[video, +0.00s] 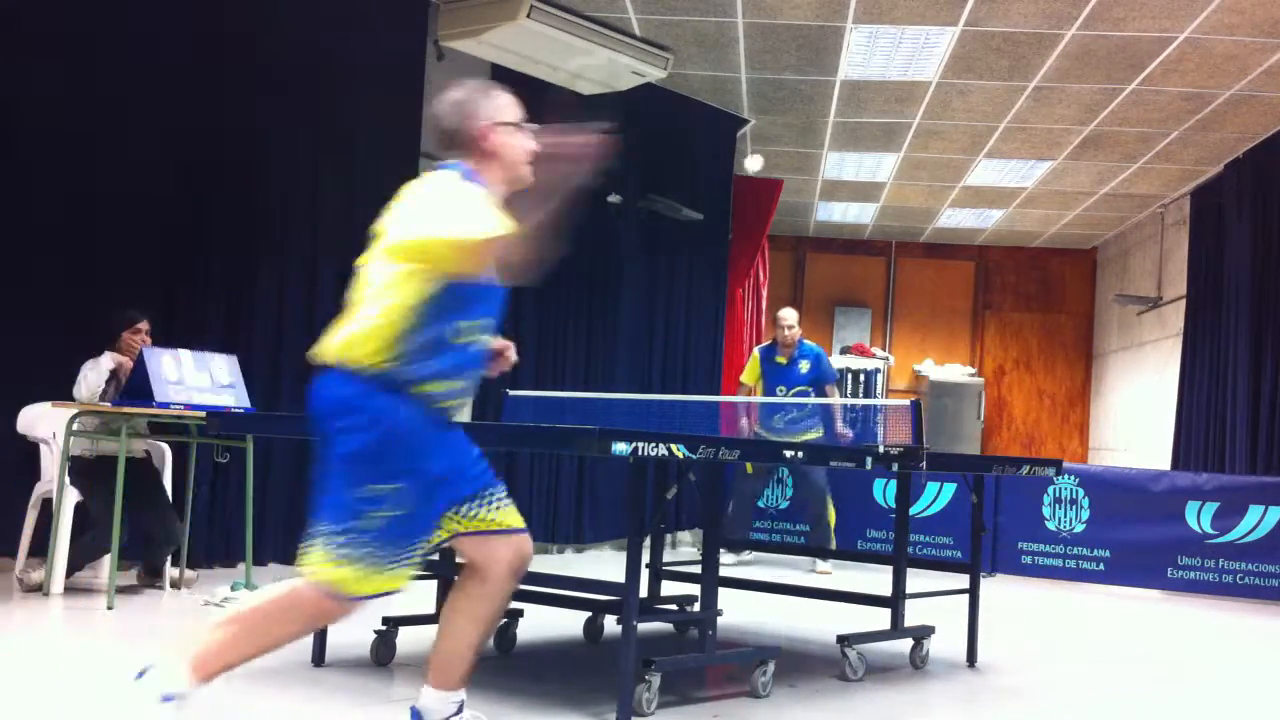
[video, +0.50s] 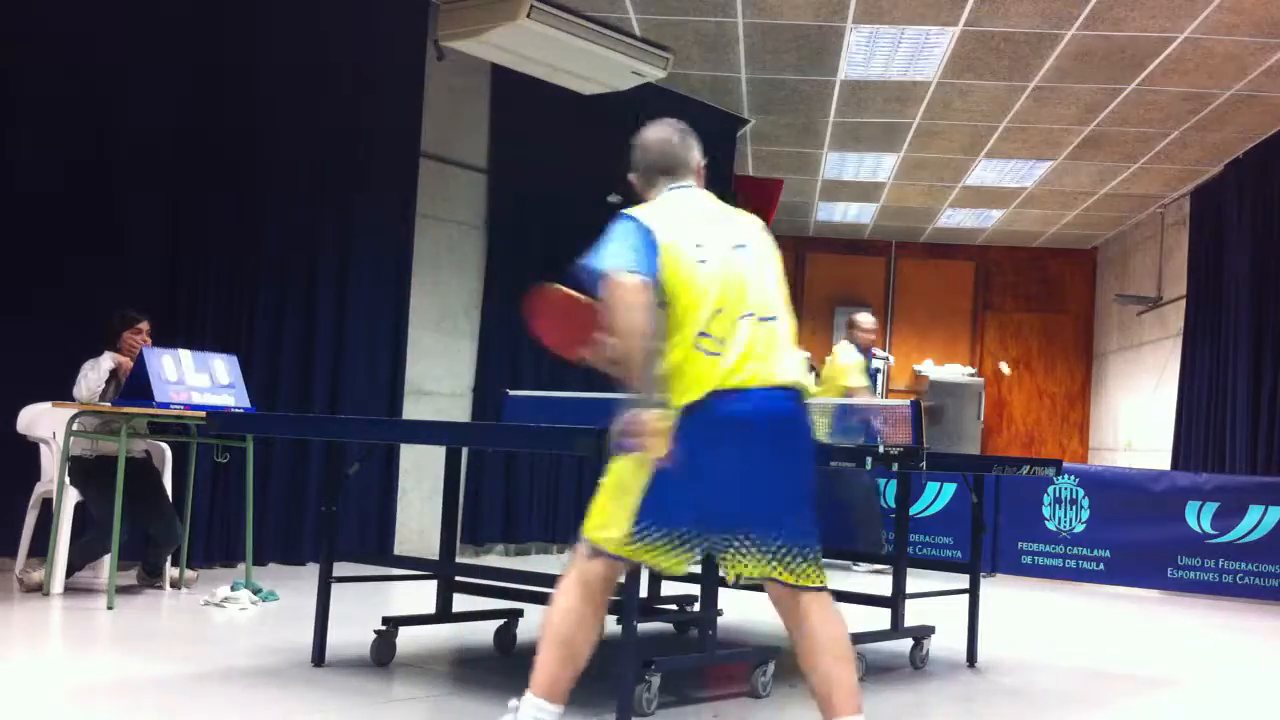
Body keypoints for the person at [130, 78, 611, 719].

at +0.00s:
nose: (532, 142)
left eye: (528, 128)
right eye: (519, 128)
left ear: (478, 141)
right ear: (483, 138)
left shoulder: (466, 207)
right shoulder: (443, 197)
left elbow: (399, 316)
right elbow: (517, 258)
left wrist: (472, 350)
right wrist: (568, 179)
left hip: (415, 407)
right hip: (370, 396)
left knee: (502, 552)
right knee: (336, 592)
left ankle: (437, 707)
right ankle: (166, 683)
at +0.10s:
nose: (577, 150)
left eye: (573, 137)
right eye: (568, 137)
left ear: (510, 144)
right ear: (543, 138)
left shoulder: (454, 200)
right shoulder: (570, 192)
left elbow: (404, 297)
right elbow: (676, 250)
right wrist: (748, 233)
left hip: (398, 363)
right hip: (457, 365)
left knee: (508, 532)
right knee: (444, 568)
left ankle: (446, 699)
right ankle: (282, 634)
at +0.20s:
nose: (615, 156)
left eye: (612, 147)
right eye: (611, 146)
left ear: (543, 148)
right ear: (593, 144)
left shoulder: (484, 194)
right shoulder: (629, 198)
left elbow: (420, 277)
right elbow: (643, 295)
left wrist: (474, 313)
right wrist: (584, 307)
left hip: (464, 341)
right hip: (546, 346)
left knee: (499, 533)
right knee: (551, 550)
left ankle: (466, 683)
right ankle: (436, 663)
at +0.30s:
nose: (650, 165)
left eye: (645, 157)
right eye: (647, 157)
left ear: (580, 154)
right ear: (637, 156)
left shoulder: (531, 190)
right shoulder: (673, 211)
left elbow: (469, 248)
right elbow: (663, 294)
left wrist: (501, 327)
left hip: (540, 357)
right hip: (640, 364)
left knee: (522, 543)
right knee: (663, 562)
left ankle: (494, 706)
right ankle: (660, 710)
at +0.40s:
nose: (684, 172)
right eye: (680, 165)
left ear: (612, 165)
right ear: (671, 165)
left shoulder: (585, 199)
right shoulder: (715, 220)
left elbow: (536, 248)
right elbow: (708, 312)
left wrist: (542, 363)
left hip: (622, 383)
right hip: (716, 388)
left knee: (559, 555)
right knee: (755, 572)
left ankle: (521, 707)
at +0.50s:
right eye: (704, 164)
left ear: (637, 180)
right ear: (702, 170)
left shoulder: (636, 229)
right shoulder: (753, 228)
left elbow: (633, 319)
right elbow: (749, 336)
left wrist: (649, 400)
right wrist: (621, 353)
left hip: (693, 415)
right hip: (783, 414)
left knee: (594, 568)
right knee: (801, 586)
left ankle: (535, 711)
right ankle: (848, 714)